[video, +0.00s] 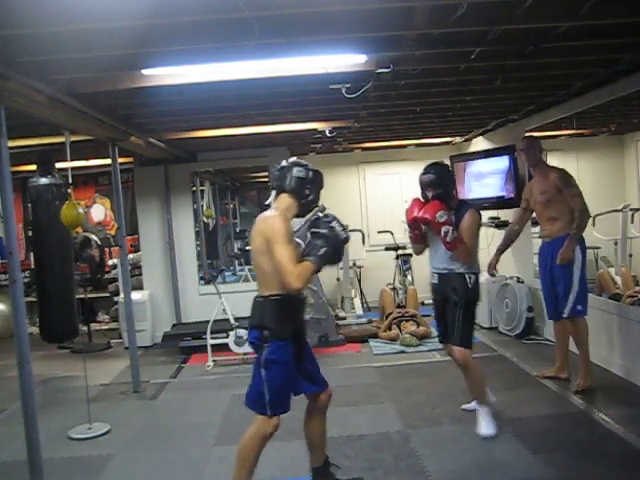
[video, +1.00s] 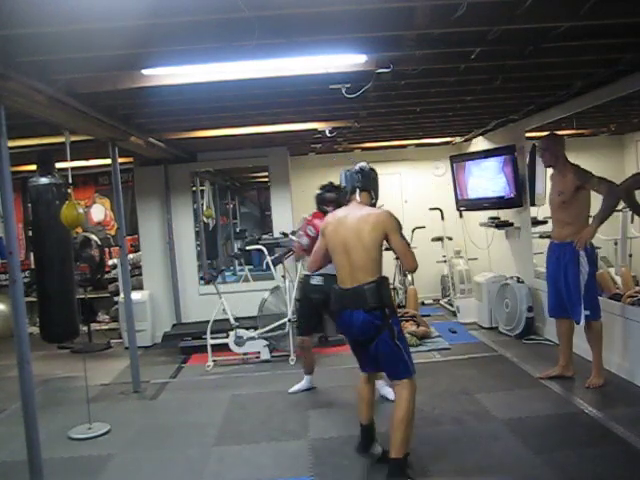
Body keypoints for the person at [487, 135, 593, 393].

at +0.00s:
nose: (524, 156)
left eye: (528, 150)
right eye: (522, 151)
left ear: (540, 151)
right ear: (521, 155)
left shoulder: (559, 176)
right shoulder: (529, 188)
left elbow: (583, 212)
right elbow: (517, 224)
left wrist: (571, 244)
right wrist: (498, 253)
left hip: (569, 246)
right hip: (547, 248)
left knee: (572, 312)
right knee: (556, 313)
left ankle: (585, 372)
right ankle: (560, 367)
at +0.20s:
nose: (530, 155)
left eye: (534, 150)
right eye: (527, 151)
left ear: (546, 151)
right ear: (526, 156)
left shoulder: (564, 176)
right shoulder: (533, 188)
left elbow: (587, 214)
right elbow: (527, 226)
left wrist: (571, 246)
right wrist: (505, 258)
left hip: (572, 248)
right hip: (548, 251)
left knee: (580, 312)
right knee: (557, 312)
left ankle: (597, 367)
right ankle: (561, 367)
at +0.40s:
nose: (544, 153)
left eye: (548, 148)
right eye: (542, 149)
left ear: (560, 148)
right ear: (541, 152)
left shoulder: (575, 178)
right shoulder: (545, 184)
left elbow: (590, 220)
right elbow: (548, 224)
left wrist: (569, 252)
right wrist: (540, 254)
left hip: (576, 250)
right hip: (551, 250)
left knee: (586, 311)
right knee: (558, 311)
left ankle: (597, 369)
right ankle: (561, 367)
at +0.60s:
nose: (550, 155)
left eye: (555, 150)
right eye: (549, 150)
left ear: (567, 151)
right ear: (550, 152)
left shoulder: (581, 179)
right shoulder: (556, 181)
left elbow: (599, 223)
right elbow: (556, 221)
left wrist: (572, 254)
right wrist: (545, 252)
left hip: (582, 252)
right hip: (558, 251)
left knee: (591, 311)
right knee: (555, 308)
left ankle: (597, 370)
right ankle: (560, 365)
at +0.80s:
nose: (548, 154)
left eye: (551, 150)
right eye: (546, 150)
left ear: (565, 149)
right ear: (551, 152)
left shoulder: (580, 176)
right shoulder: (558, 177)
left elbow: (611, 212)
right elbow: (566, 214)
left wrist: (583, 245)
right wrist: (556, 237)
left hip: (581, 251)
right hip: (559, 249)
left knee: (590, 312)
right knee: (559, 309)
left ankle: (597, 370)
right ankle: (563, 363)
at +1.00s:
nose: (542, 156)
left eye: (546, 151)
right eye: (541, 151)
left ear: (559, 151)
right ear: (547, 153)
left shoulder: (577, 174)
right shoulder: (555, 175)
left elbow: (614, 192)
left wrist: (592, 227)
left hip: (578, 250)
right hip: (556, 250)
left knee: (588, 313)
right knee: (560, 310)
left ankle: (597, 370)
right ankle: (564, 365)